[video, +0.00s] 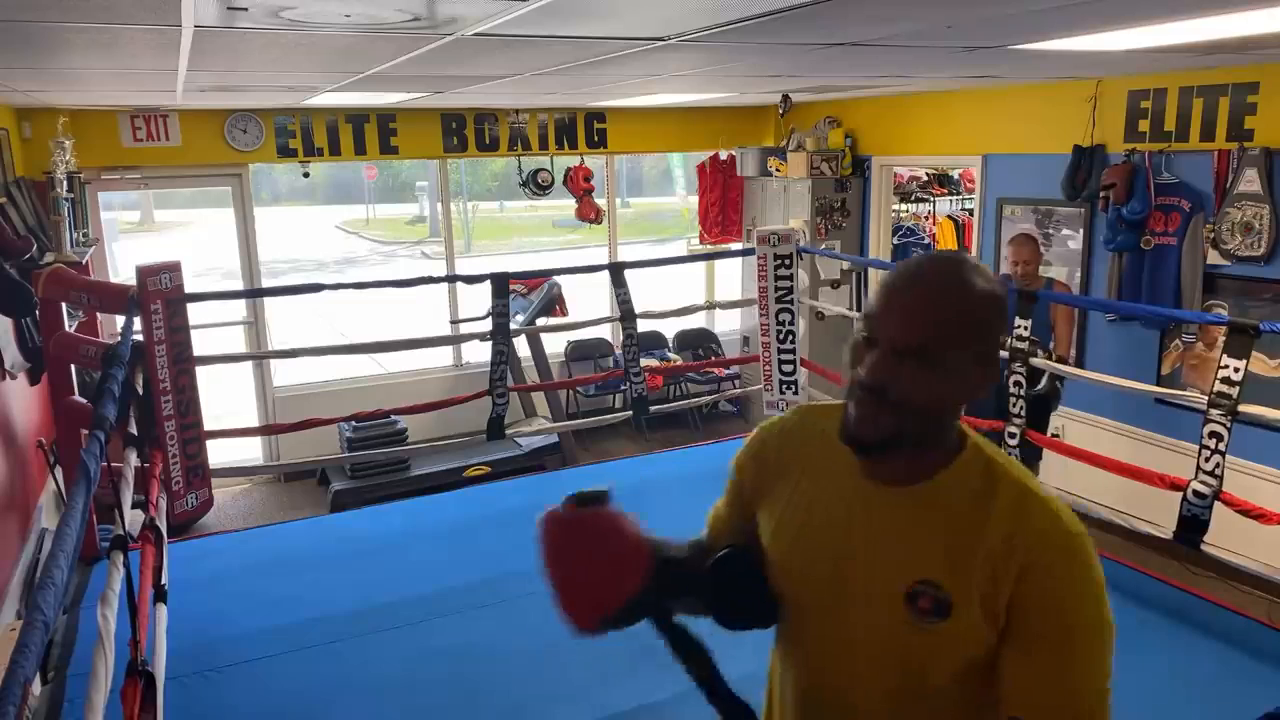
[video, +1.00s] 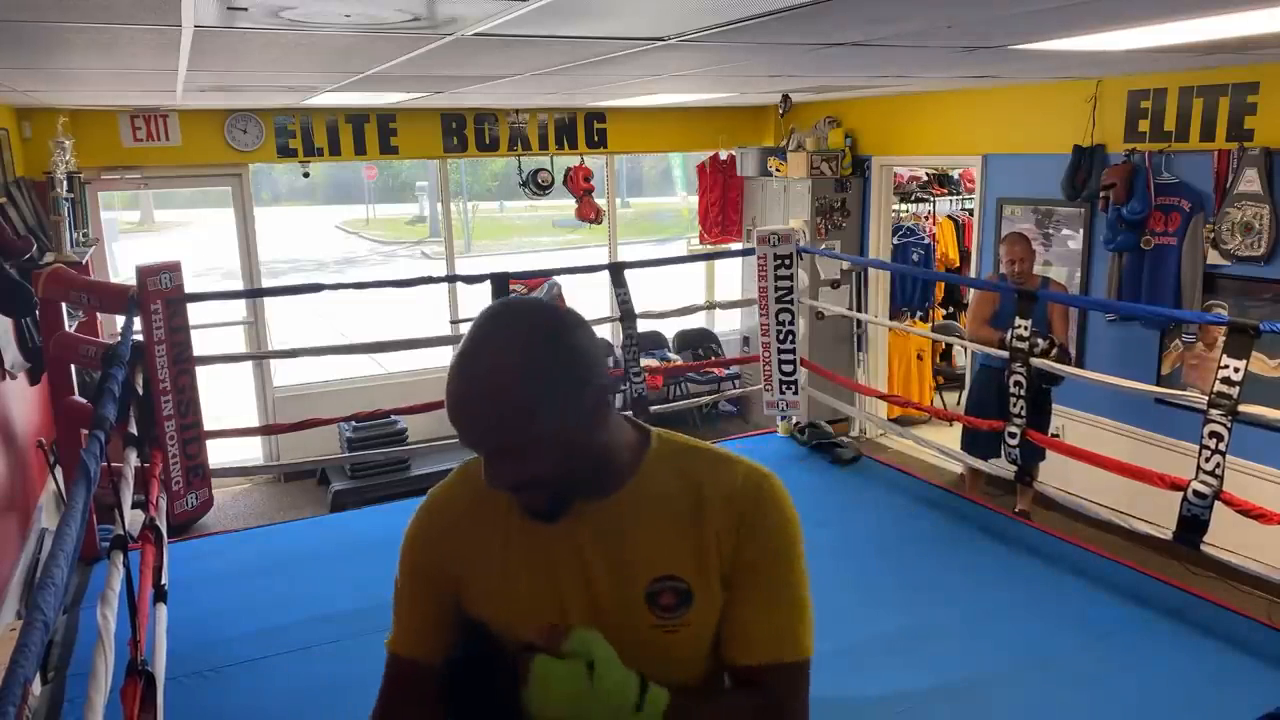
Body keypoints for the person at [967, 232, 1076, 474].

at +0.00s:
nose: (1020, 270)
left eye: (1027, 264)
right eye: (1014, 263)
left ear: (1039, 261)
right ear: (1007, 261)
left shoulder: (1057, 292)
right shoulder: (996, 287)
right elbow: (980, 332)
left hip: (1035, 380)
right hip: (994, 376)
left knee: (1025, 455)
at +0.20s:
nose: (1017, 270)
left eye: (1024, 263)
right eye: (1012, 263)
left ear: (1037, 261)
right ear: (1005, 261)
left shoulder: (1056, 291)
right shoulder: (994, 284)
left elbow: (1061, 348)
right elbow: (975, 328)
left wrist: (1049, 364)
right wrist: (1011, 344)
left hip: (1033, 383)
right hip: (992, 377)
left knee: (1029, 447)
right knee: (978, 445)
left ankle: (1022, 510)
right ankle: (970, 509)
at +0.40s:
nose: (1015, 269)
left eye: (1021, 262)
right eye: (1009, 263)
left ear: (1034, 259)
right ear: (1003, 260)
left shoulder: (1054, 290)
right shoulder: (993, 284)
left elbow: (1061, 344)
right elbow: (975, 329)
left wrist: (1048, 361)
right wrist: (1010, 343)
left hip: (1034, 382)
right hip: (992, 376)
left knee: (1030, 449)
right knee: (979, 445)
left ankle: (1022, 511)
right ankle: (971, 505)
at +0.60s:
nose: (1016, 268)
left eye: (1022, 261)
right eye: (1009, 262)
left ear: (1033, 259)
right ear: (1001, 261)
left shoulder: (1054, 290)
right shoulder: (992, 284)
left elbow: (1060, 342)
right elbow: (974, 329)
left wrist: (1050, 357)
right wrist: (1010, 343)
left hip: (1035, 381)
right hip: (992, 377)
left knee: (1031, 449)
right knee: (979, 446)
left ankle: (1022, 511)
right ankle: (971, 506)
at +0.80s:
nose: (1015, 268)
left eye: (1021, 261)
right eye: (1008, 262)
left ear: (1033, 259)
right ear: (1001, 261)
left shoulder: (1053, 290)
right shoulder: (992, 284)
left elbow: (1060, 339)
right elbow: (974, 329)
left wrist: (1048, 350)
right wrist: (1008, 341)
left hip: (1034, 381)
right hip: (992, 376)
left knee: (1031, 448)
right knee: (979, 445)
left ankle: (1023, 511)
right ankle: (970, 506)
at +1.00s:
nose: (1015, 268)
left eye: (1021, 261)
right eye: (1008, 262)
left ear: (1033, 259)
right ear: (1001, 261)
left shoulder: (1054, 291)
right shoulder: (991, 285)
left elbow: (1061, 341)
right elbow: (974, 329)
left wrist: (1048, 349)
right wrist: (1008, 340)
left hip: (1034, 381)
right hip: (991, 376)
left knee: (1030, 448)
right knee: (977, 443)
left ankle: (1022, 511)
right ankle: (969, 504)